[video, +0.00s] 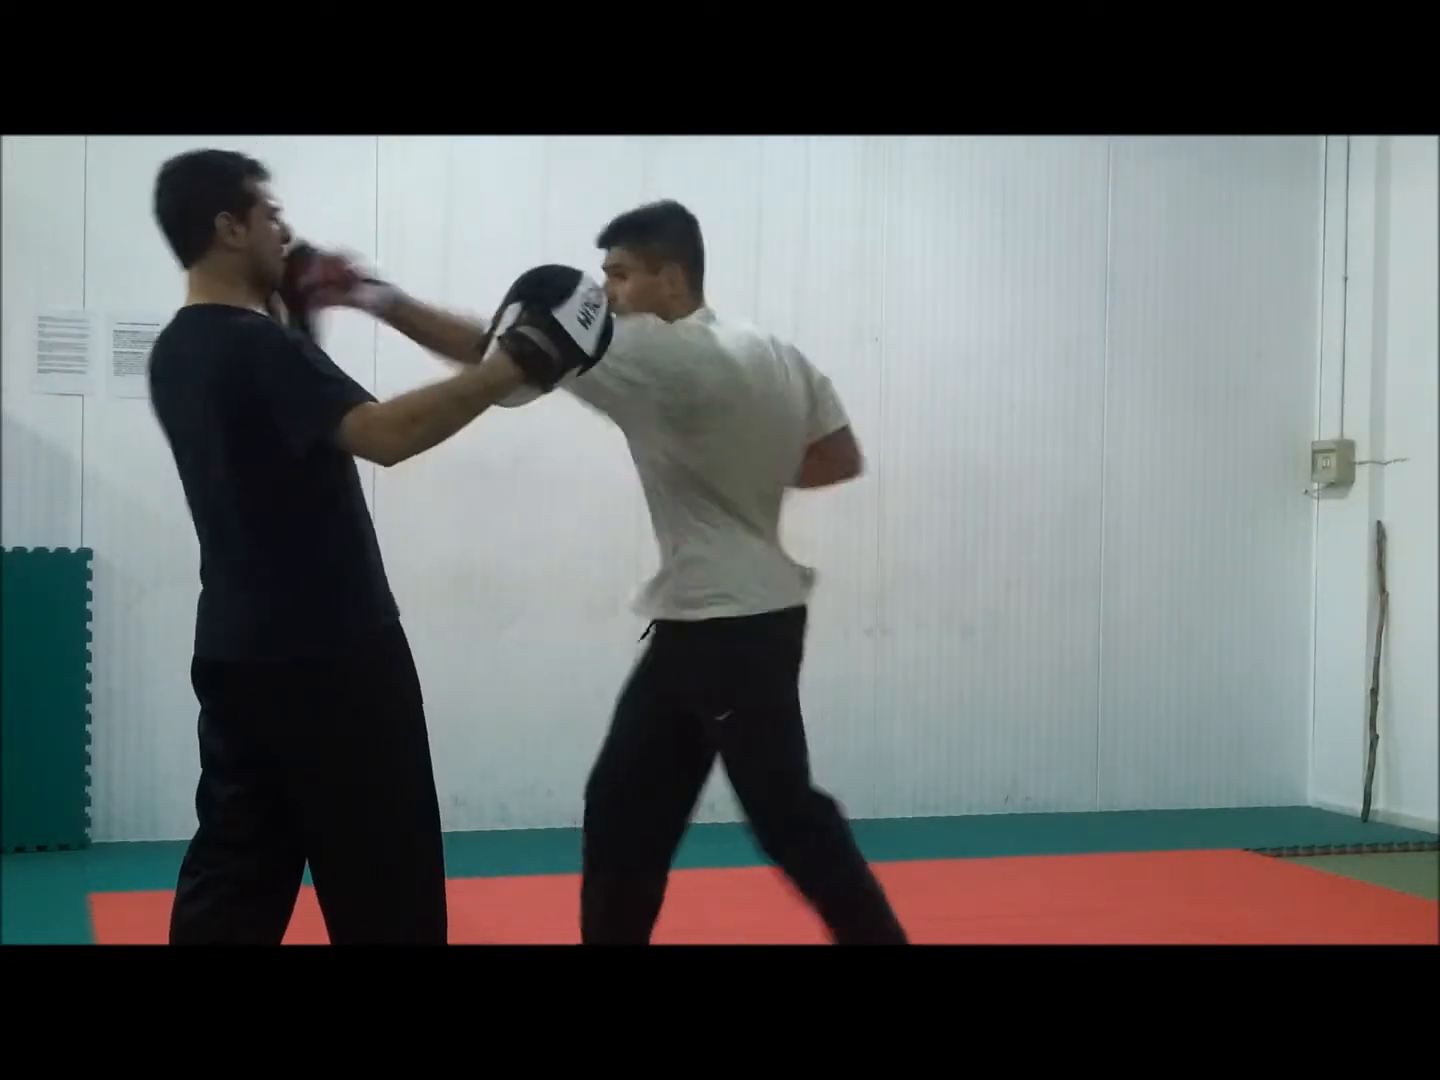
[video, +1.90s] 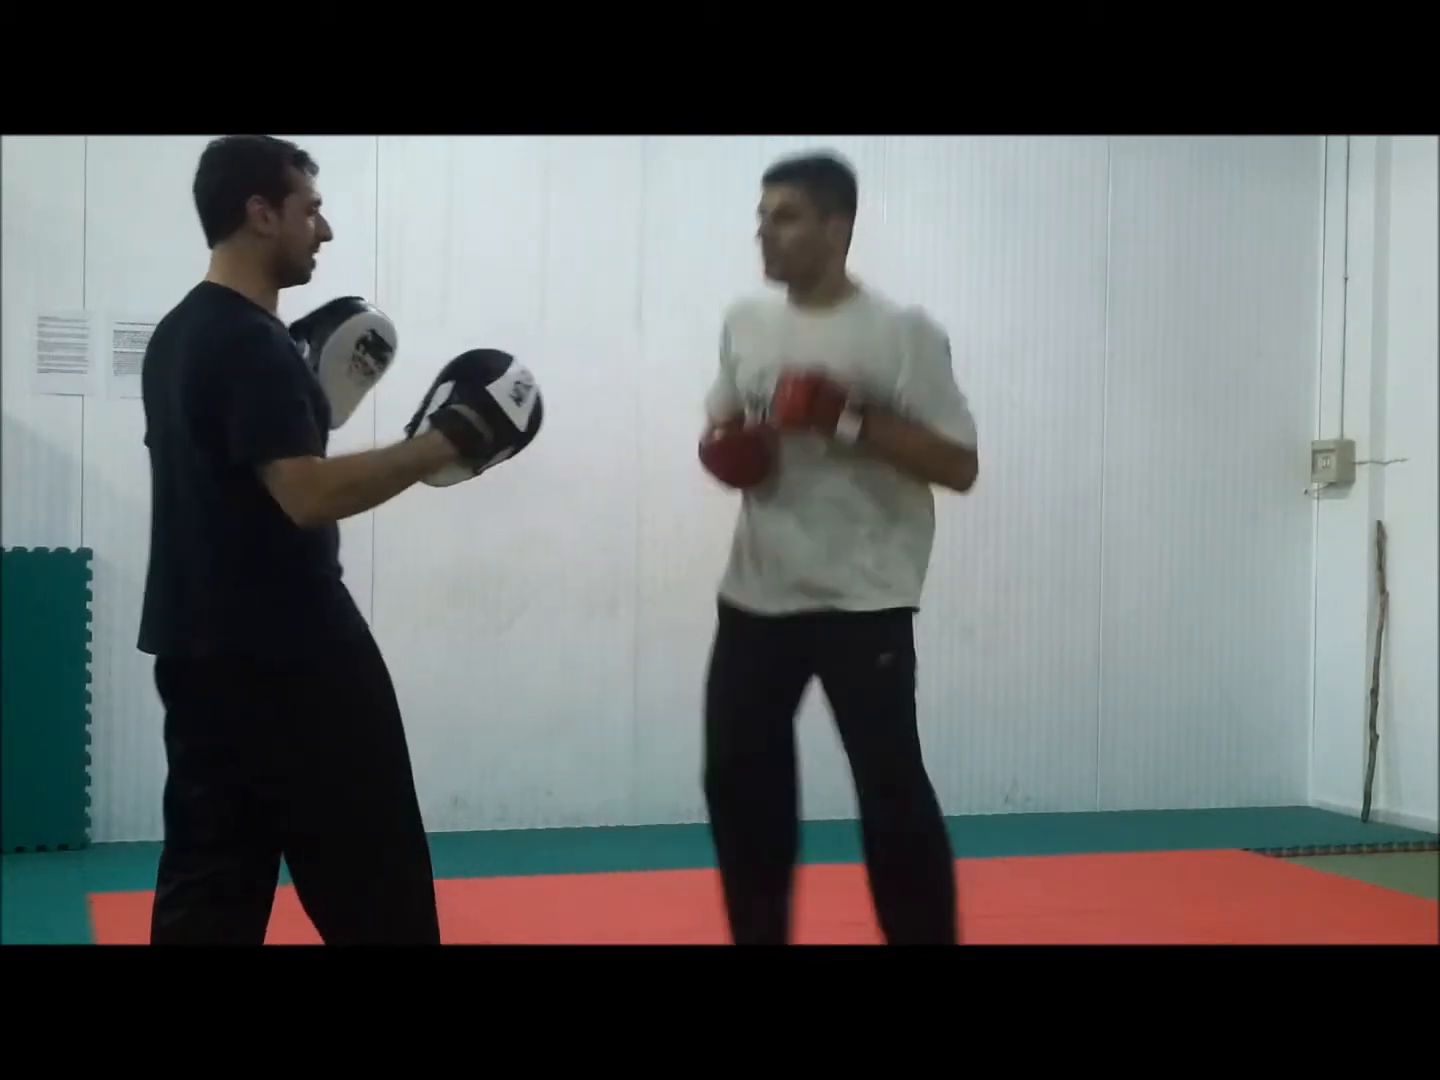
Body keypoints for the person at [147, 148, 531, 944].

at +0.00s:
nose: (286, 231)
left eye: (280, 213)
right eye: (272, 214)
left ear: (200, 235)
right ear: (229, 226)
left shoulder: (174, 350)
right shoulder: (254, 342)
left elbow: (285, 431)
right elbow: (385, 434)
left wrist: (301, 318)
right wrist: (495, 376)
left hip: (239, 654)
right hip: (337, 652)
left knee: (234, 879)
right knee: (391, 889)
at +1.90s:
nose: (325, 226)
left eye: (320, 206)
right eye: (312, 206)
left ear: (247, 216)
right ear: (260, 212)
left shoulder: (179, 332)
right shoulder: (250, 338)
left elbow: (218, 482)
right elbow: (308, 495)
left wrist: (312, 403)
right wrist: (443, 444)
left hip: (201, 651)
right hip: (294, 654)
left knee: (209, 887)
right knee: (379, 889)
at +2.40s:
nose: (304, 273)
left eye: (308, 253)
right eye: (303, 249)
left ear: (213, 232)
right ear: (261, 233)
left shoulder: (107, 338)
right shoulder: (244, 347)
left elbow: (60, 488)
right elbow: (281, 507)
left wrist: (68, 608)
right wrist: (407, 499)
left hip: (121, 660)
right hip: (237, 663)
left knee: (104, 887)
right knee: (267, 895)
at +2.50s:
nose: (301, 274)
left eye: (304, 252)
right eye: (298, 249)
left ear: (223, 235)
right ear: (257, 235)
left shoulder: (107, 337)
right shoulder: (238, 343)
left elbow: (58, 486)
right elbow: (295, 491)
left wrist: (66, 609)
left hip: (119, 649)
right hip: (233, 653)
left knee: (107, 872)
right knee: (266, 881)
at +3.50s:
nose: (313, 270)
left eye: (315, 249)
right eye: (309, 245)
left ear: (241, 234)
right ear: (263, 234)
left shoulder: (108, 339)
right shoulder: (243, 353)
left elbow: (67, 491)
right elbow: (285, 508)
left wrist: (64, 607)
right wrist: (421, 492)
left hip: (121, 653)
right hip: (238, 660)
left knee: (108, 876)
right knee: (268, 885)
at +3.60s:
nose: (310, 270)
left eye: (314, 250)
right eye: (308, 246)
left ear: (218, 232)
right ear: (263, 233)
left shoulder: (108, 339)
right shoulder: (246, 353)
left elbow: (65, 487)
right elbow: (284, 510)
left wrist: (64, 603)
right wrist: (420, 492)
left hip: (122, 656)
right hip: (238, 663)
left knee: (106, 881)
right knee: (267, 888)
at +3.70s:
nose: (307, 271)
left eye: (311, 251)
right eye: (306, 247)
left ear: (217, 232)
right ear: (261, 232)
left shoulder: (107, 339)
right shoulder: (245, 353)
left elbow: (65, 489)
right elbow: (283, 508)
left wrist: (65, 607)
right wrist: (418, 491)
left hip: (122, 657)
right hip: (238, 663)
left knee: (107, 880)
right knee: (267, 887)